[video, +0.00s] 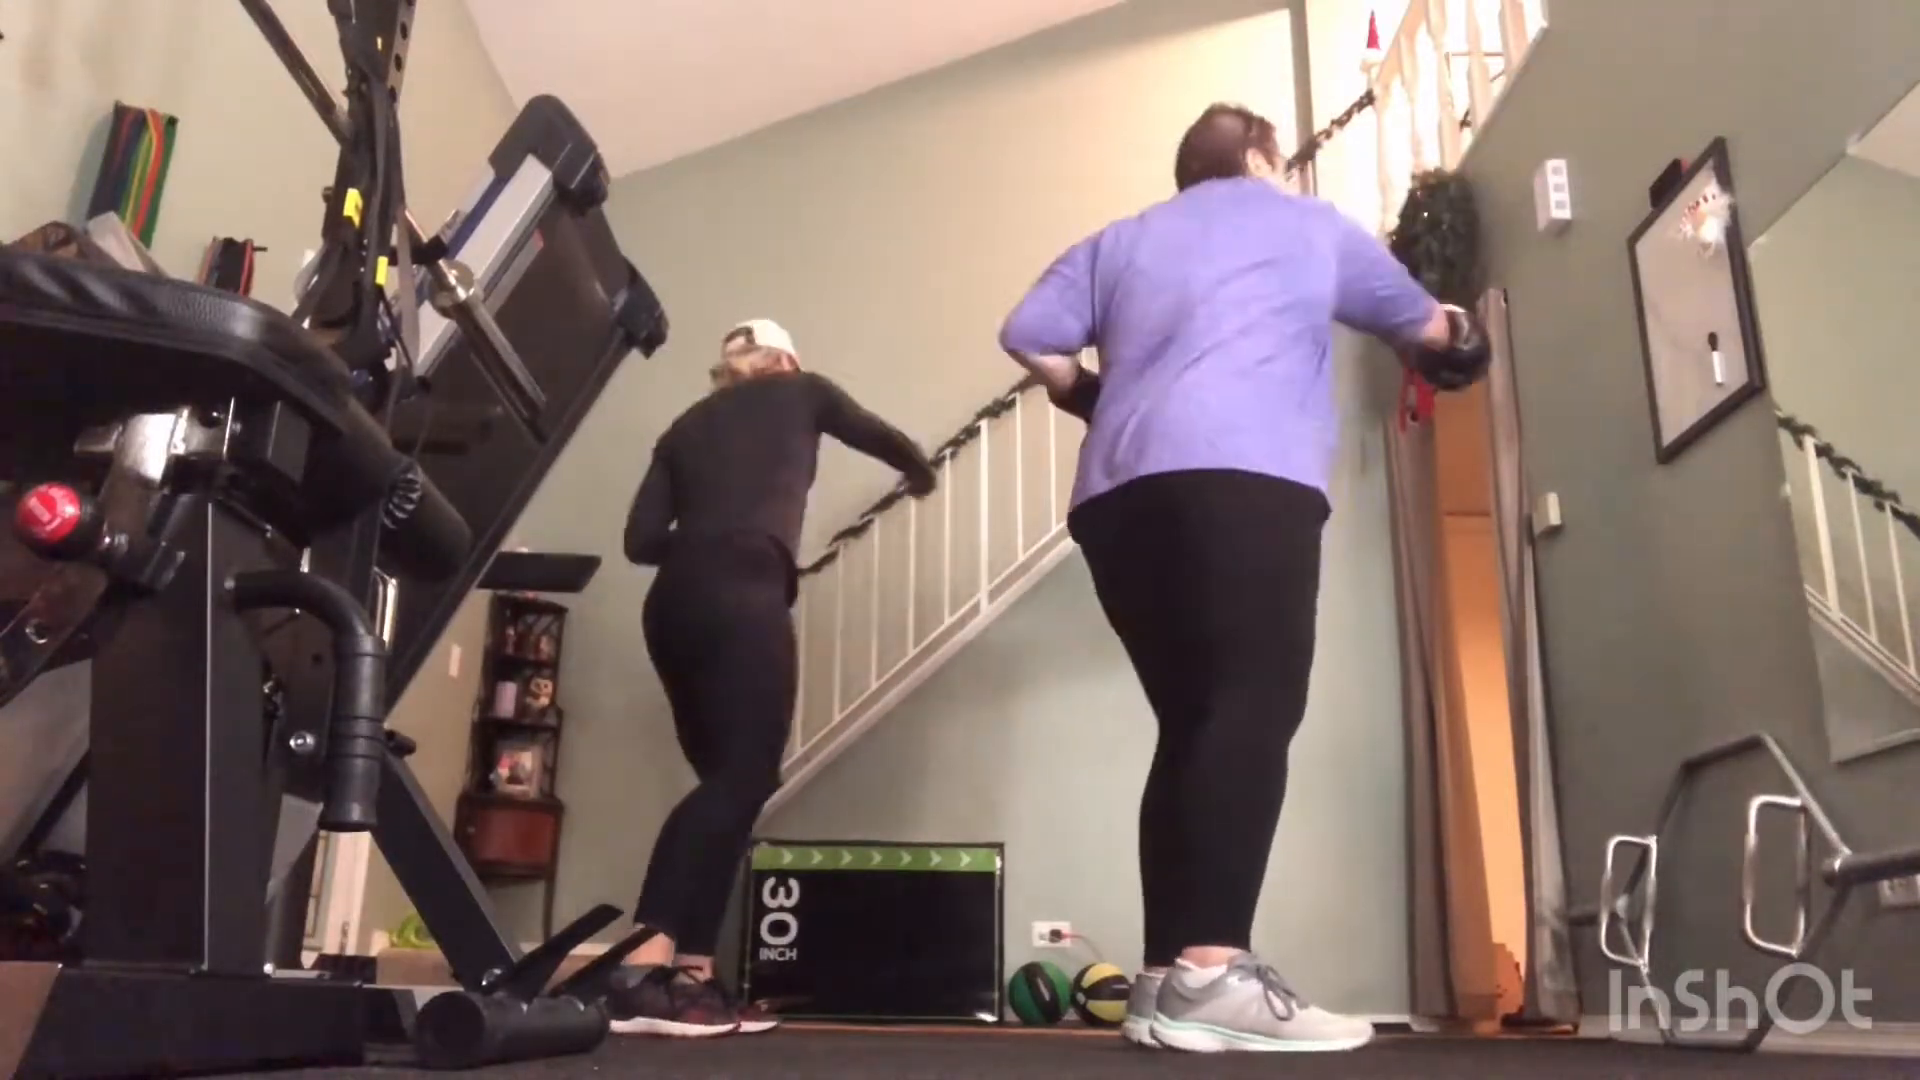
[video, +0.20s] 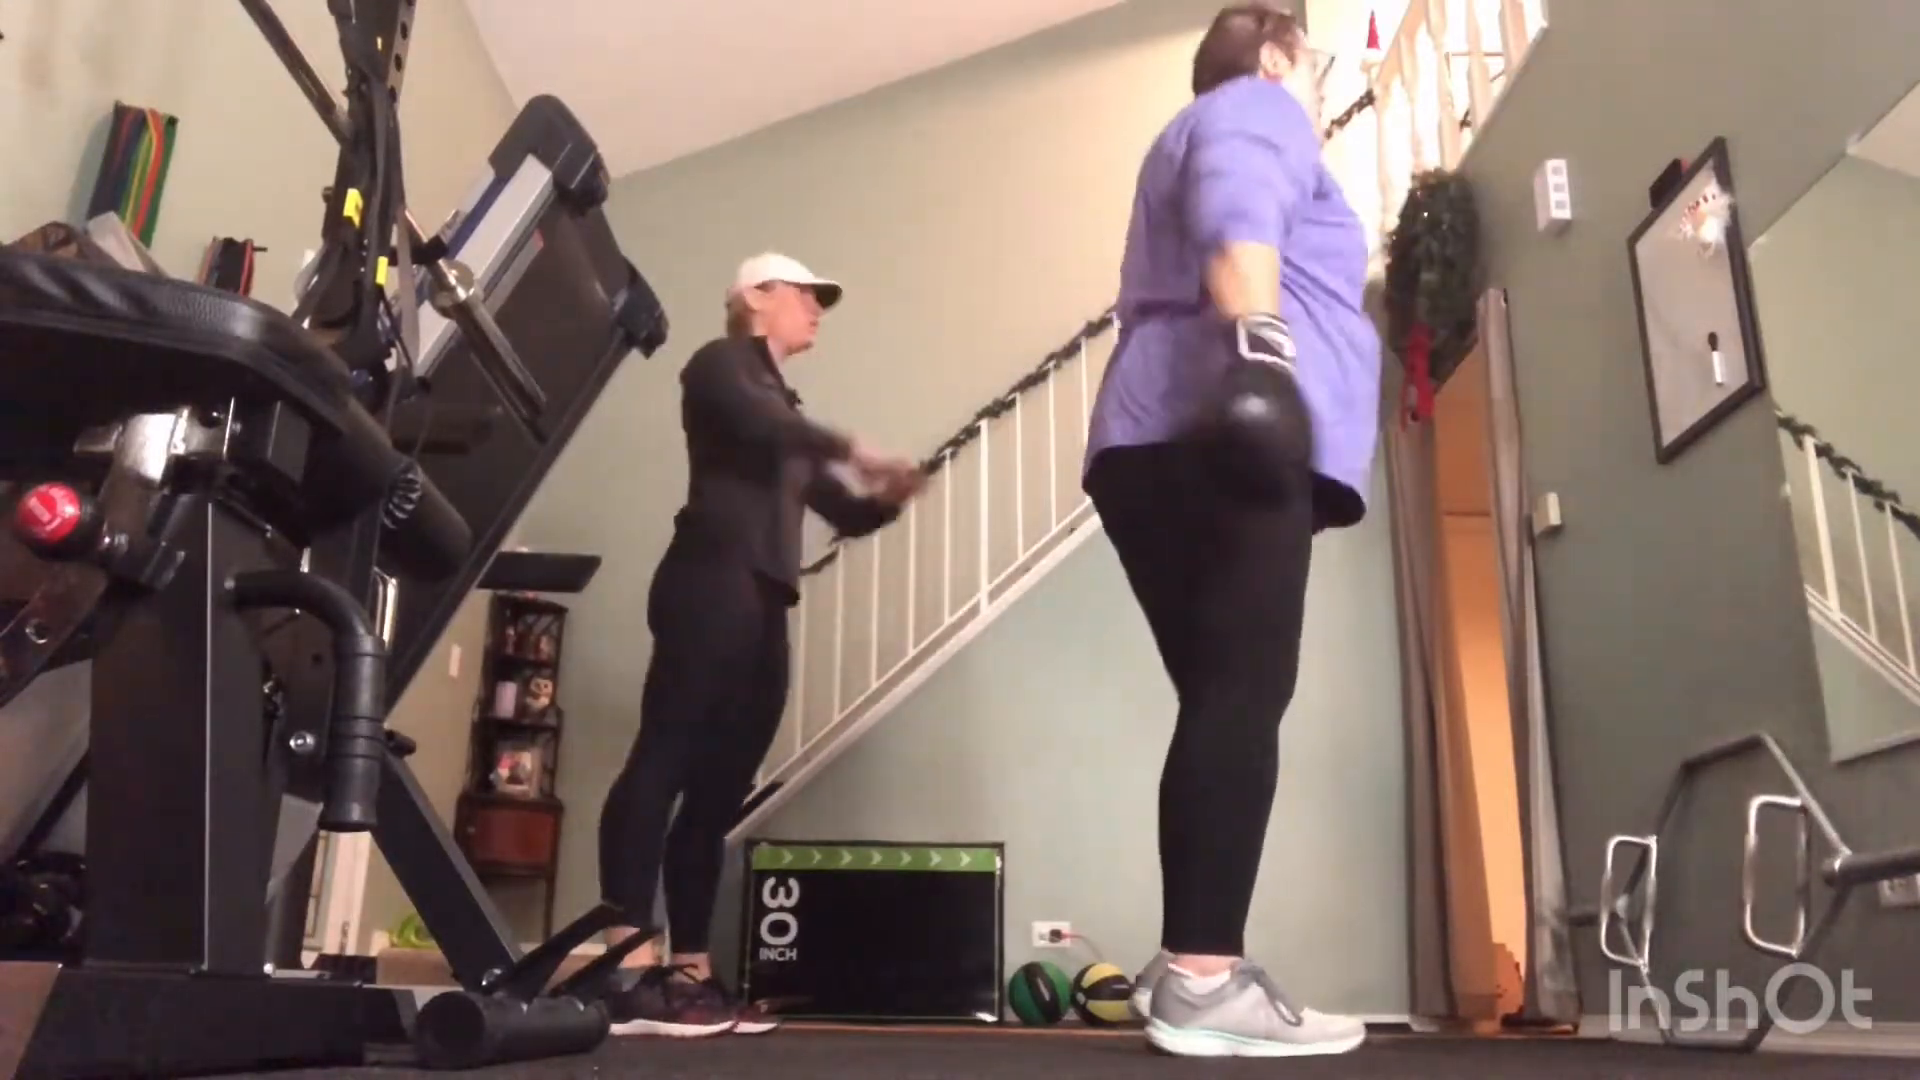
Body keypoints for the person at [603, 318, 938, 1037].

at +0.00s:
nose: (792, 364)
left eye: (775, 353)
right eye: (791, 357)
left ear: (726, 370)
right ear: (785, 361)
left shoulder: (682, 430)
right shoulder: (803, 387)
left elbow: (642, 540)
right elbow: (882, 438)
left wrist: (713, 541)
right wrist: (921, 471)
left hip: (672, 597)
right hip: (747, 588)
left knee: (726, 779)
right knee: (745, 775)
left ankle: (694, 966)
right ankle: (647, 952)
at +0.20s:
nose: (819, 312)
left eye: (819, 302)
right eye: (808, 296)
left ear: (769, 304)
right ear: (758, 297)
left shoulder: (785, 409)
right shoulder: (720, 361)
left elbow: (843, 513)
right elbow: (761, 423)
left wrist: (887, 494)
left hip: (763, 603)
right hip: (710, 582)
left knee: (719, 788)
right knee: (664, 760)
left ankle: (688, 967)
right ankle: (623, 950)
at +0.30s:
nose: (830, 344)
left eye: (833, 332)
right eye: (824, 325)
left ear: (792, 318)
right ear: (780, 309)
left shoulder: (776, 396)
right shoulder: (734, 367)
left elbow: (805, 517)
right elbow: (758, 461)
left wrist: (890, 581)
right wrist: (814, 497)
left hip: (769, 600)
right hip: (732, 591)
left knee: (735, 783)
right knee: (694, 768)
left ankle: (690, 967)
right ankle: (633, 956)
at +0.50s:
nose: (917, 327)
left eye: (919, 318)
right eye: (907, 313)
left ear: (881, 321)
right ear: (864, 313)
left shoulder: (869, 397)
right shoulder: (846, 365)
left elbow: (897, 535)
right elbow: (863, 454)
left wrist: (993, 567)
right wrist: (907, 534)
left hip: (815, 588)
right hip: (788, 574)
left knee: (866, 772)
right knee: (821, 764)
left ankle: (789, 962)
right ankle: (751, 980)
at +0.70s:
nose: (991, 330)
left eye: (994, 322)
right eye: (979, 316)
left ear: (967, 329)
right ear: (937, 317)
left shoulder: (945, 396)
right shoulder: (909, 372)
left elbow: (922, 496)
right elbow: (887, 458)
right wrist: (896, 556)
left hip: (902, 596)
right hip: (877, 589)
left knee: (901, 783)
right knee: (892, 780)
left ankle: (869, 976)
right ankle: (862, 981)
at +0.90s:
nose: (1027, 382)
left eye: (1034, 373)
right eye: (1025, 364)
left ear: (998, 356)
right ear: (992, 344)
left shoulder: (977, 418)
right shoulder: (949, 392)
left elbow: (955, 542)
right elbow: (931, 484)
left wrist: (963, 656)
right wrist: (945, 567)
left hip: (923, 609)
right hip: (894, 599)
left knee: (953, 793)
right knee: (920, 782)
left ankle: (913, 983)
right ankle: (861, 982)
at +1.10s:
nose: (1063, 397)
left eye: (1067, 387)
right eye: (1056, 383)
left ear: (1048, 392)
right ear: (1024, 380)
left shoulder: (1016, 445)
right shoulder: (997, 436)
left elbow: (996, 569)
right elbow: (1003, 546)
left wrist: (1018, 666)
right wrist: (1050, 624)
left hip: (972, 635)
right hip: (947, 631)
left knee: (994, 806)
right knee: (989, 805)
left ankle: (969, 983)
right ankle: (947, 985)